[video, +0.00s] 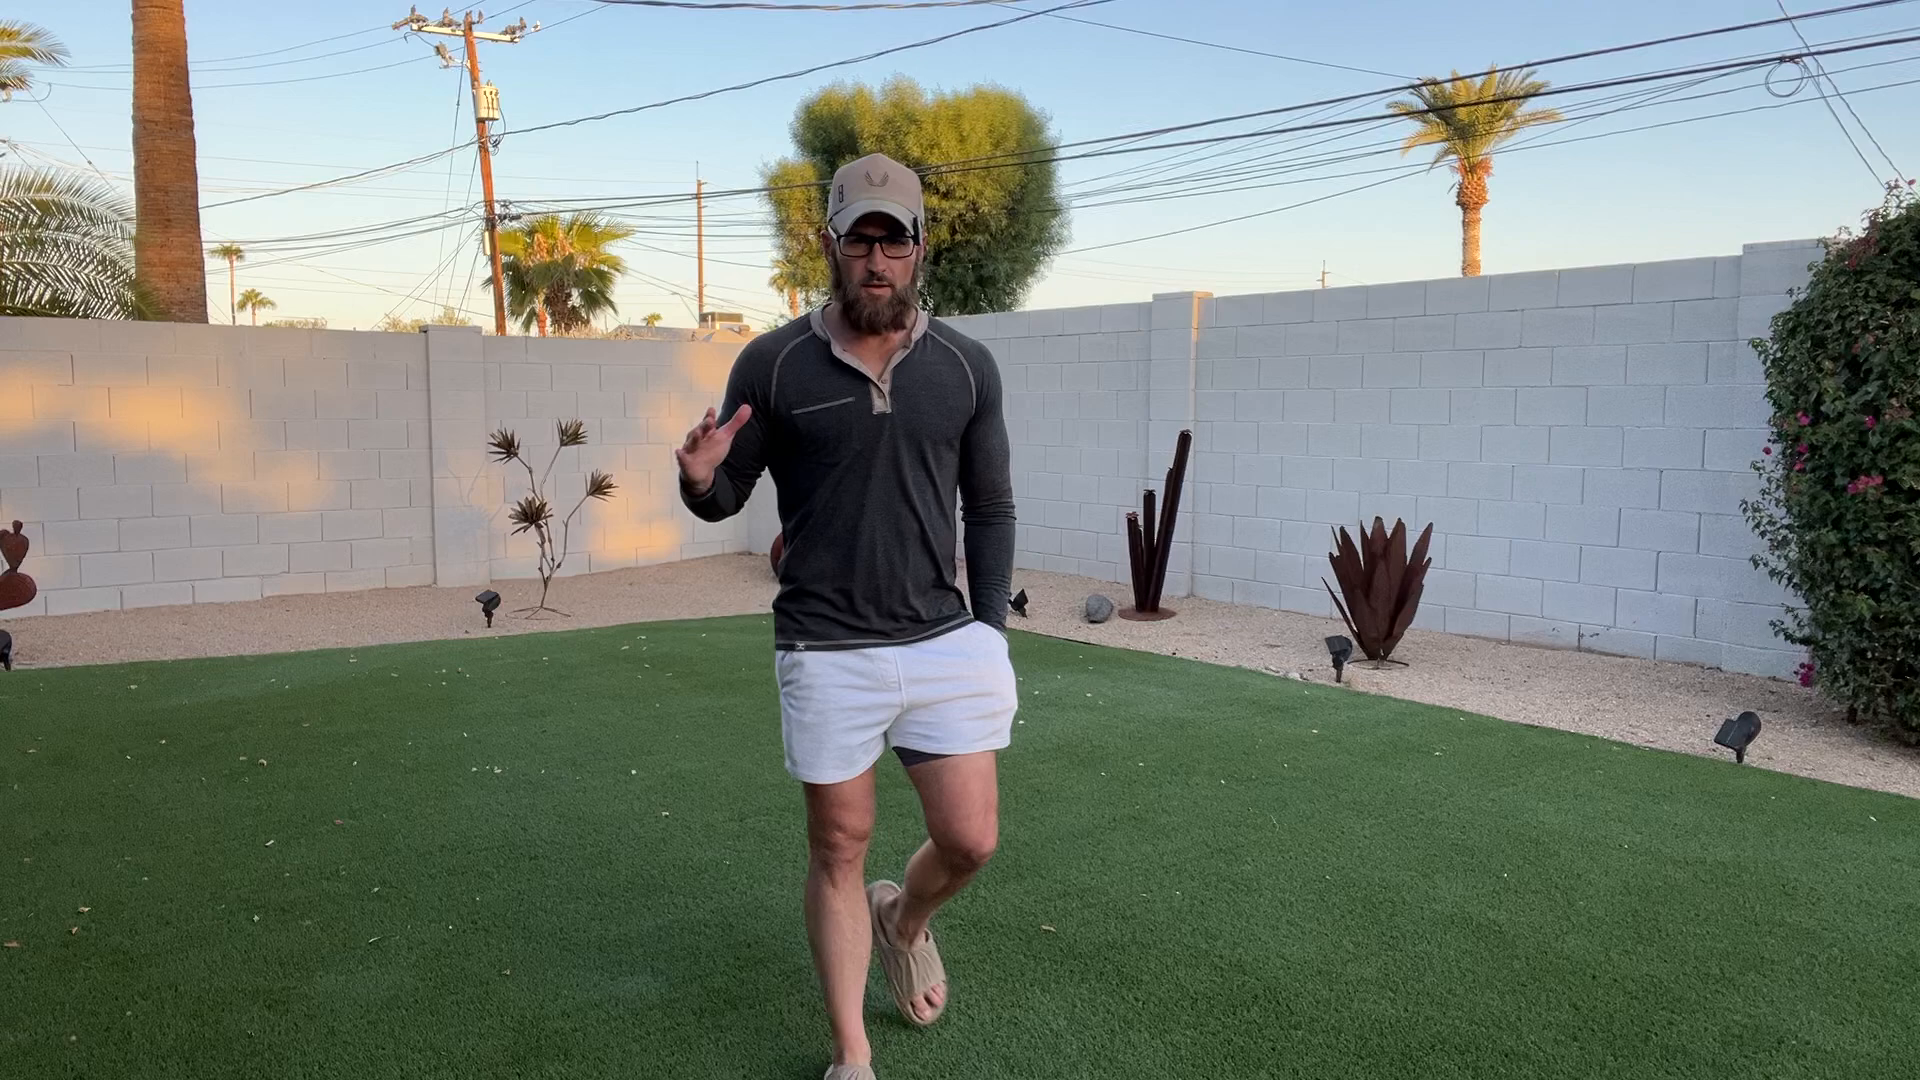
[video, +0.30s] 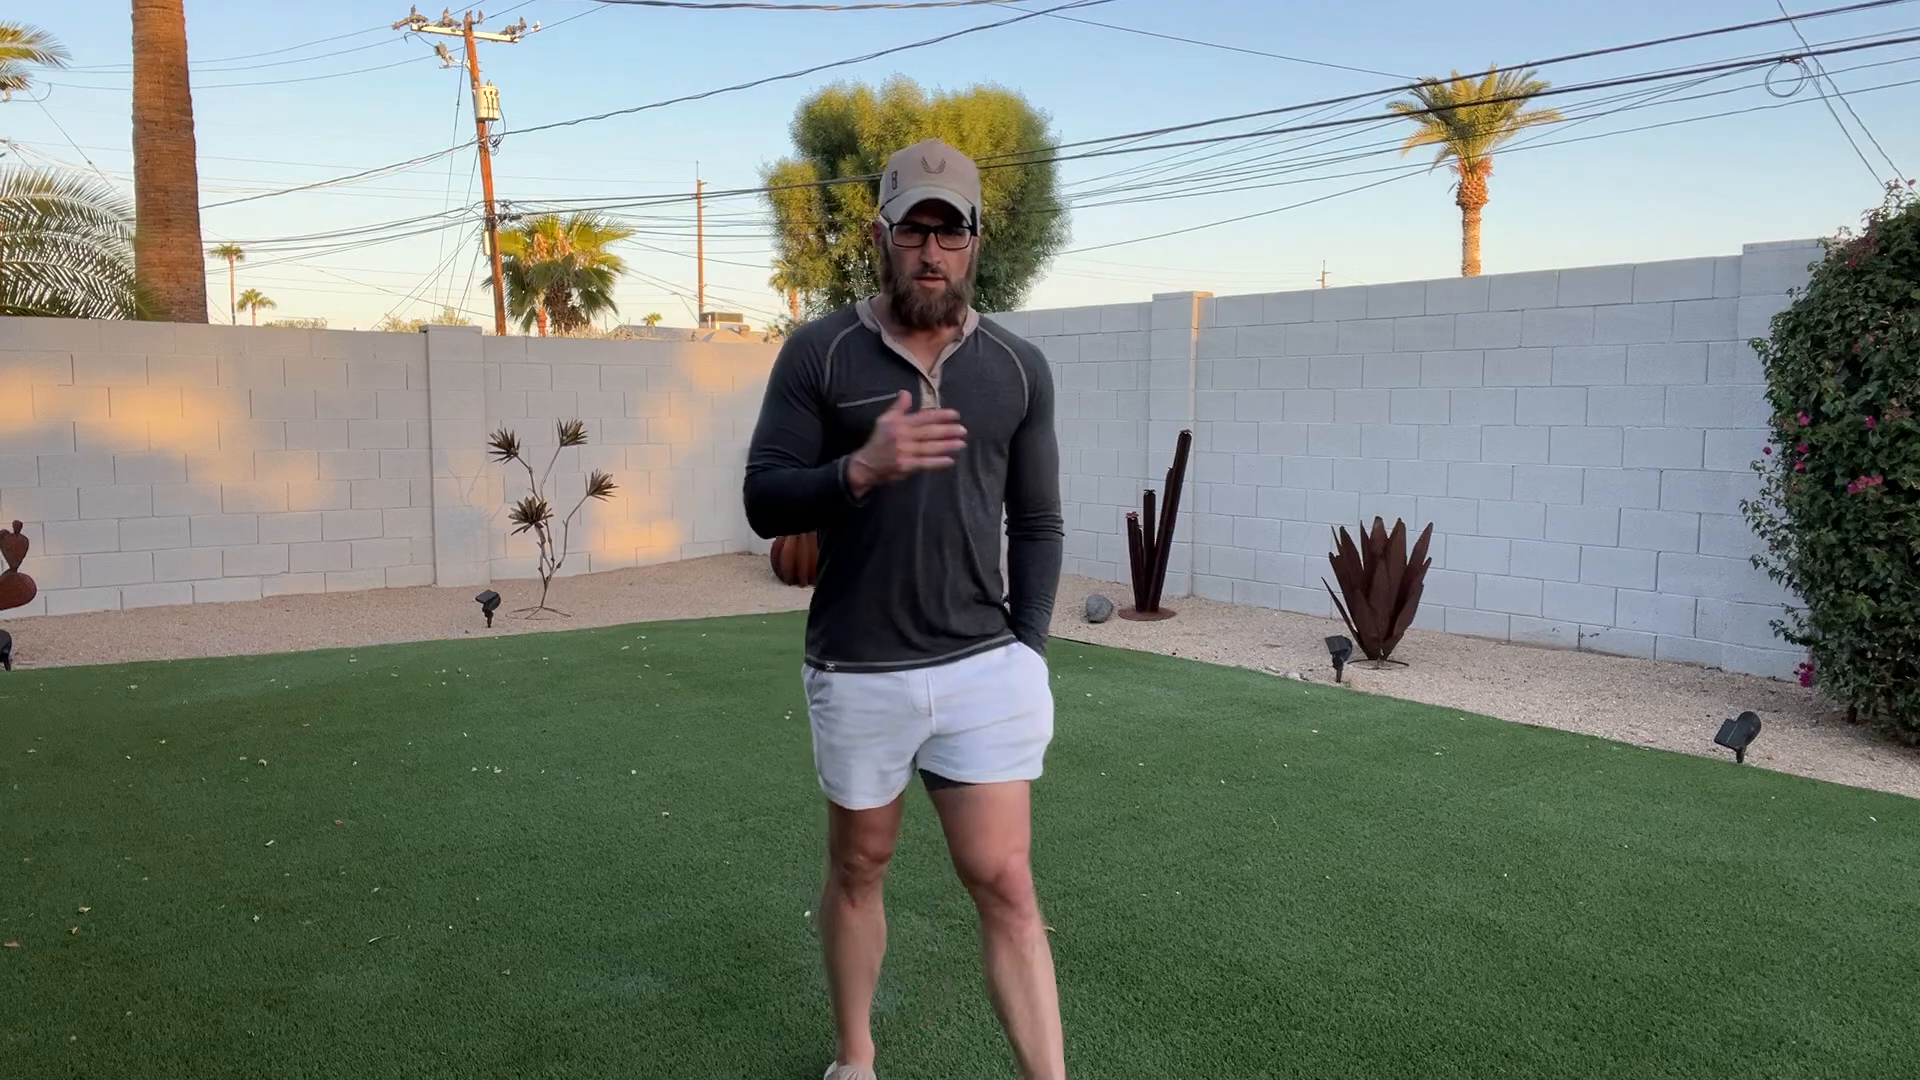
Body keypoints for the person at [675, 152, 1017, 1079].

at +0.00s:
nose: (876, 259)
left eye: (894, 240)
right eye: (859, 240)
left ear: (920, 253)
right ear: (830, 249)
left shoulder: (964, 365)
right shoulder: (773, 365)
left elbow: (990, 505)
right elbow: (725, 497)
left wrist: (988, 625)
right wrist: (700, 480)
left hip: (943, 635)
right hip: (827, 644)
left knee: (969, 841)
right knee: (840, 848)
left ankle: (900, 918)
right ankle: (851, 1055)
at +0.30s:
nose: (930, 251)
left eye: (950, 233)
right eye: (912, 231)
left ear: (976, 248)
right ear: (880, 239)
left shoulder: (1017, 364)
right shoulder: (818, 353)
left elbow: (1037, 519)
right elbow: (765, 497)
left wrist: (1025, 645)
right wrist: (862, 466)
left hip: (983, 658)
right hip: (860, 665)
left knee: (1004, 880)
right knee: (861, 863)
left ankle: (1048, 1072)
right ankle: (854, 1056)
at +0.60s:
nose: (1039, 240)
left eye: (1059, 220)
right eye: (1020, 218)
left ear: (1082, 237)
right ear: (984, 229)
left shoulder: (1124, 370)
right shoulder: (904, 347)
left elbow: (1145, 520)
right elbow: (819, 474)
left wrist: (1122, 648)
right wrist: (902, 559)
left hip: (1070, 683)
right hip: (929, 682)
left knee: (1048, 917)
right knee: (897, 928)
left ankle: (1052, 1078)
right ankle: (882, 1043)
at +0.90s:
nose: (1086, 233)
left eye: (1107, 211)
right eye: (1066, 208)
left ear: (1133, 225)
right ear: (1027, 215)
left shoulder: (1180, 368)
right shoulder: (942, 343)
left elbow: (1234, 499)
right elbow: (866, 471)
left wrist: (1249, 590)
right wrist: (867, 545)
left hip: (1103, 699)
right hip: (964, 690)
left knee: (1067, 936)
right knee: (935, 939)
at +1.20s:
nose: (1075, 218)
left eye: (1097, 195)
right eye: (1053, 194)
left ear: (1125, 209)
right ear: (1015, 205)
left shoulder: (1179, 353)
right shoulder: (936, 340)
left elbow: (1218, 545)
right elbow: (869, 516)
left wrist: (1215, 468)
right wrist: (924, 481)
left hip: (1113, 706)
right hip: (972, 699)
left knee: (1074, 950)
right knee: (946, 965)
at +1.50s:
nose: (1009, 193)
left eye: (1032, 170)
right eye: (985, 169)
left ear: (1064, 187)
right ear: (947, 189)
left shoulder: (1139, 341)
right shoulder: (878, 341)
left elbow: (1205, 516)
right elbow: (806, 514)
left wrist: (1127, 467)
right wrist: (890, 478)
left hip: (1083, 731)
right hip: (929, 731)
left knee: (1069, 977)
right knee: (933, 990)